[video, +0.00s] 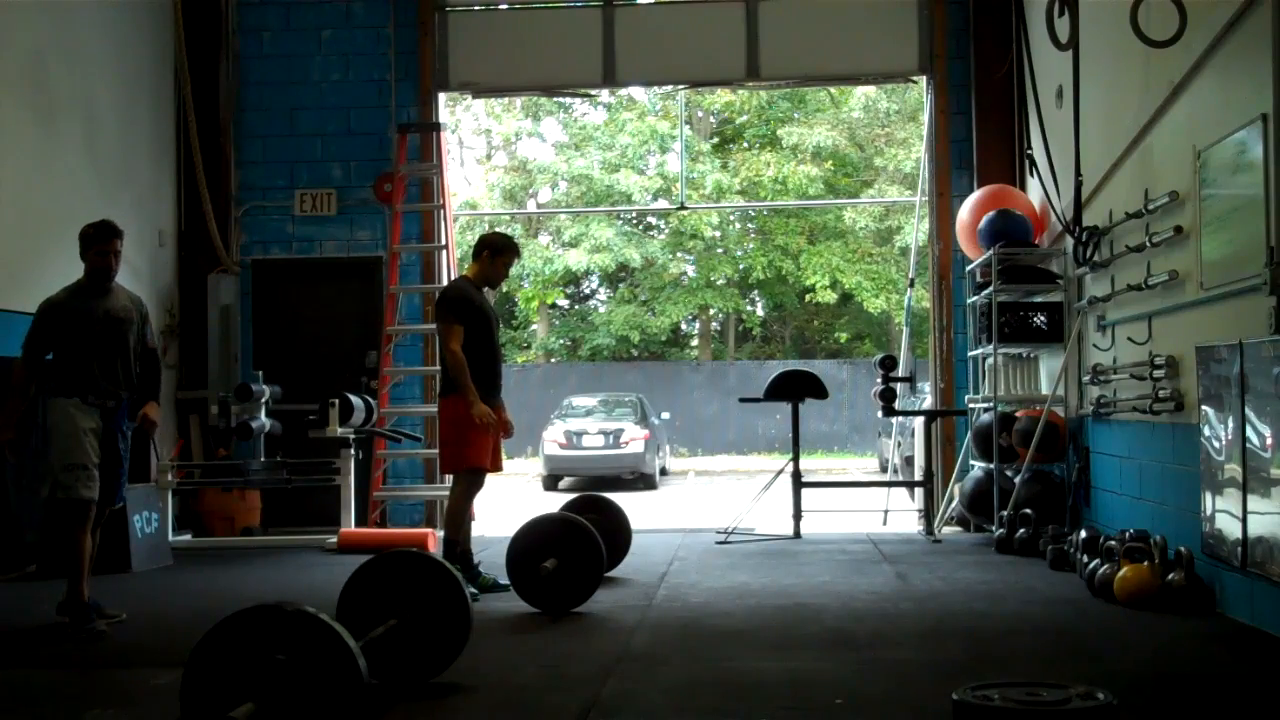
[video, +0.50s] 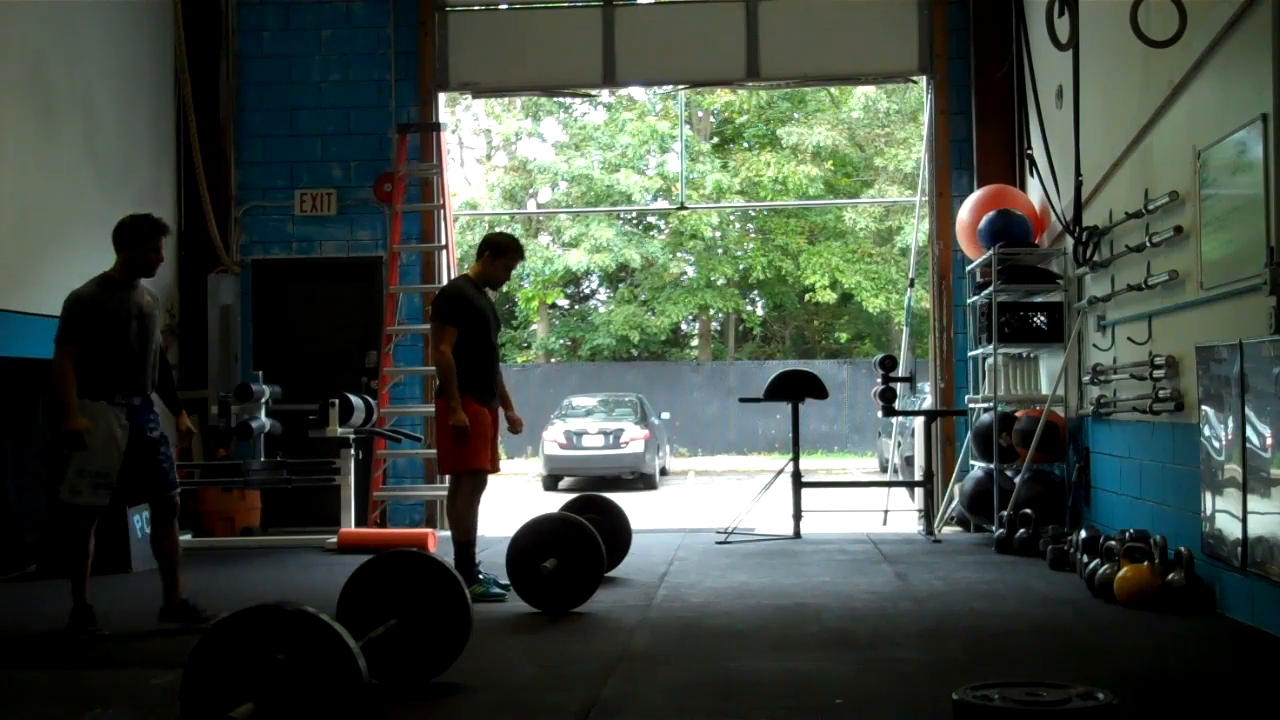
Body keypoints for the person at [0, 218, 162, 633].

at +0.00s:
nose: (111, 261)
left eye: (116, 254)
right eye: (103, 254)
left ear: (121, 256)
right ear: (84, 254)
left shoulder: (134, 307)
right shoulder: (56, 307)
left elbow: (149, 360)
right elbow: (29, 363)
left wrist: (152, 400)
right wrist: (26, 412)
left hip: (116, 417)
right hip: (69, 414)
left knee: (98, 508)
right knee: (82, 504)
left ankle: (77, 598)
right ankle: (78, 601)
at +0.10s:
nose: (114, 259)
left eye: (119, 252)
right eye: (106, 252)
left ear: (124, 254)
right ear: (88, 254)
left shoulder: (134, 306)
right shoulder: (57, 307)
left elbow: (150, 360)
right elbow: (30, 366)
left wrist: (156, 401)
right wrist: (22, 419)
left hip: (120, 418)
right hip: (72, 416)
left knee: (104, 508)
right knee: (84, 505)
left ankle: (83, 595)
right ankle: (79, 601)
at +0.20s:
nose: (123, 258)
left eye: (126, 250)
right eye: (115, 250)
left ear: (129, 251)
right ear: (93, 250)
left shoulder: (134, 303)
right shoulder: (59, 304)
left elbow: (150, 358)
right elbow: (34, 367)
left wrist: (172, 402)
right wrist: (31, 422)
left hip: (124, 425)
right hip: (75, 425)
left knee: (115, 513)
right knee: (79, 514)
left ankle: (99, 595)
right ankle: (80, 607)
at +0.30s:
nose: (135, 256)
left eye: (136, 248)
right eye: (128, 249)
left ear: (129, 249)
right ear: (105, 249)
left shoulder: (135, 300)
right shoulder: (63, 302)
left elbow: (150, 358)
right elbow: (39, 365)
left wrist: (179, 405)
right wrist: (40, 421)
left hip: (129, 422)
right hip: (80, 425)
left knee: (152, 500)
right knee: (82, 512)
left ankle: (111, 576)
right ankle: (80, 604)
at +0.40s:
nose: (148, 256)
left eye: (149, 248)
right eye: (141, 248)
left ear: (135, 250)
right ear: (116, 248)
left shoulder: (140, 299)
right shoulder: (72, 300)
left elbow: (155, 360)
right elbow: (48, 362)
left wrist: (180, 407)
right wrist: (51, 417)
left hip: (135, 417)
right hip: (86, 419)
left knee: (166, 498)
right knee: (82, 511)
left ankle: (139, 589)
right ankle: (79, 605)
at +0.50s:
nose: (161, 257)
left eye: (162, 249)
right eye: (155, 249)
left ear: (142, 251)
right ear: (130, 249)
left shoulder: (151, 302)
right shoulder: (85, 299)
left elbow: (158, 366)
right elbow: (63, 360)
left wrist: (179, 413)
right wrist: (72, 414)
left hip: (144, 417)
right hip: (96, 419)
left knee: (166, 505)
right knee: (88, 514)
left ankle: (174, 601)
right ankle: (80, 607)